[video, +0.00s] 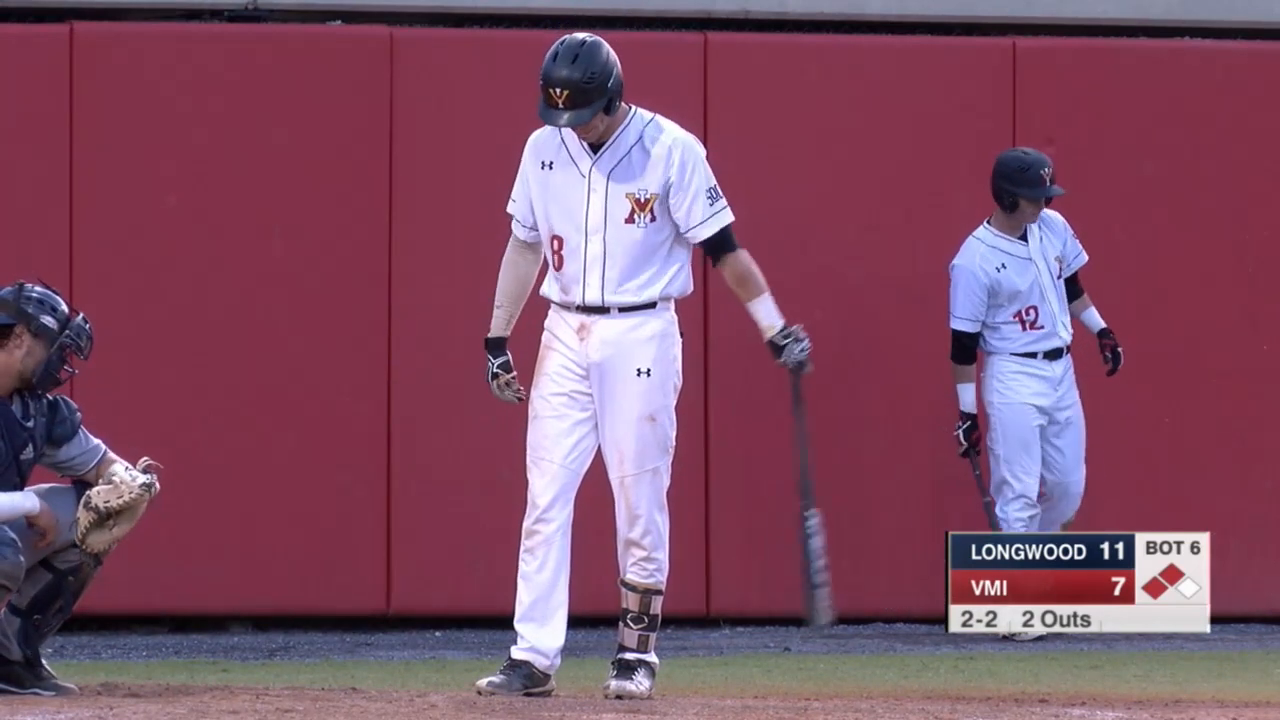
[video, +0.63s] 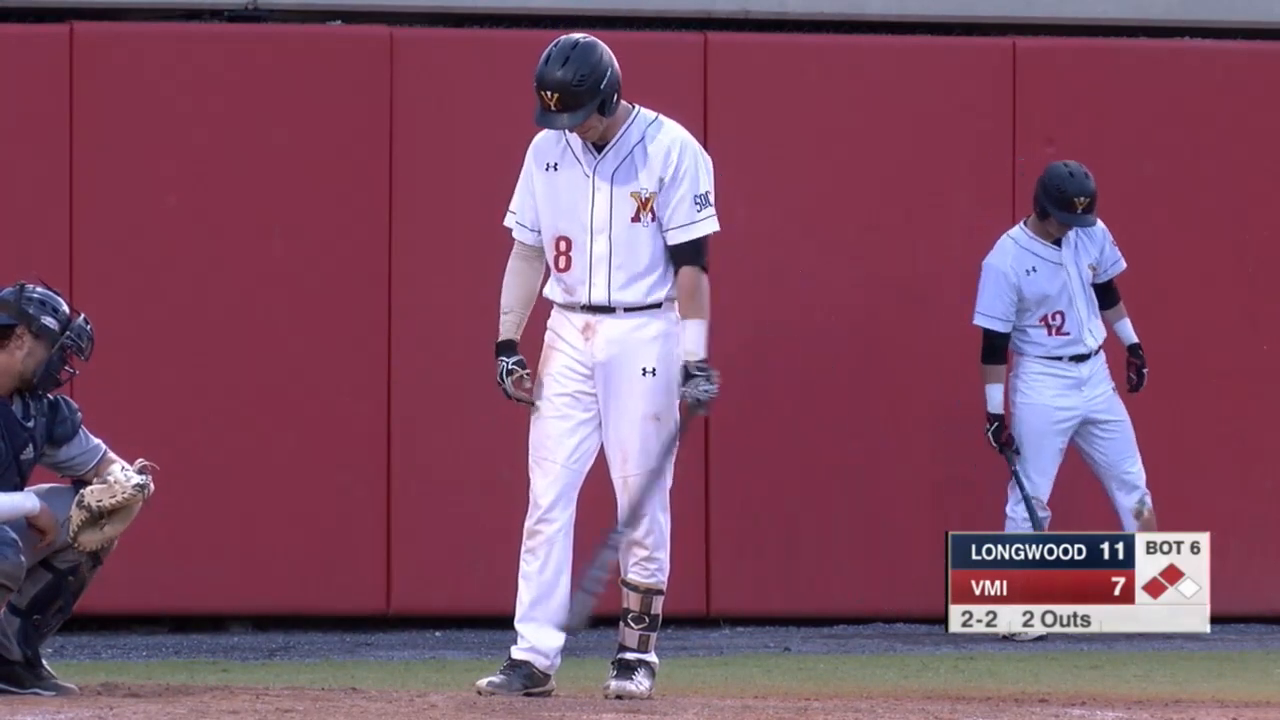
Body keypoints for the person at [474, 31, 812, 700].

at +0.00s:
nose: (573, 127)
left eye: (582, 115)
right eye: (563, 115)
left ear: (614, 98)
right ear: (553, 101)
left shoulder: (672, 149)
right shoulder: (544, 146)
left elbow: (724, 249)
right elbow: (524, 246)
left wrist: (777, 329)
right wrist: (497, 337)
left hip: (640, 341)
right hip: (563, 339)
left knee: (638, 490)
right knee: (546, 496)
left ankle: (635, 652)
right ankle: (533, 656)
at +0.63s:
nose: (569, 128)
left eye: (576, 117)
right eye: (562, 118)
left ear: (608, 98)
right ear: (555, 103)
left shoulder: (672, 148)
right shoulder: (548, 146)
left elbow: (690, 260)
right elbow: (528, 252)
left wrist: (696, 360)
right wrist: (507, 340)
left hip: (646, 340)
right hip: (567, 339)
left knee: (639, 495)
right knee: (547, 497)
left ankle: (635, 653)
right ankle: (534, 655)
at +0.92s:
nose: (571, 131)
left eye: (579, 119)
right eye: (564, 120)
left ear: (613, 101)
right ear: (557, 104)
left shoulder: (673, 147)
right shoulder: (550, 148)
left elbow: (680, 259)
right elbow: (536, 243)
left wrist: (604, 311)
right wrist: (528, 294)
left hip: (643, 343)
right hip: (569, 341)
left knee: (640, 495)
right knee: (548, 500)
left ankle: (636, 653)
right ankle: (533, 657)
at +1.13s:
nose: (573, 134)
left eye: (582, 122)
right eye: (565, 123)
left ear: (614, 102)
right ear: (557, 106)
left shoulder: (671, 145)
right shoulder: (551, 144)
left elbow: (669, 258)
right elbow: (527, 228)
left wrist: (581, 285)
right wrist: (529, 261)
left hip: (644, 336)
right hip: (570, 335)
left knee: (640, 488)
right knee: (549, 494)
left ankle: (635, 652)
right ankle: (534, 656)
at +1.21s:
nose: (572, 134)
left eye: (581, 123)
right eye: (564, 123)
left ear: (613, 103)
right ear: (557, 106)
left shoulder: (671, 144)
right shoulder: (550, 144)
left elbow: (669, 257)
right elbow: (527, 233)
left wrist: (583, 281)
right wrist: (532, 264)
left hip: (644, 336)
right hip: (570, 336)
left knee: (640, 489)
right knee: (549, 495)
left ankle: (635, 652)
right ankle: (534, 656)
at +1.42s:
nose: (573, 136)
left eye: (583, 126)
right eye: (564, 125)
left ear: (615, 106)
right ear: (555, 107)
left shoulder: (670, 145)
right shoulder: (546, 143)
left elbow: (671, 257)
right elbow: (518, 224)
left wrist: (583, 275)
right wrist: (529, 251)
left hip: (644, 336)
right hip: (570, 335)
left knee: (640, 491)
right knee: (548, 495)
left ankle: (635, 653)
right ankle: (533, 656)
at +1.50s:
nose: (572, 136)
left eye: (583, 126)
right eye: (564, 125)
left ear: (615, 107)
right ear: (554, 107)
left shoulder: (669, 146)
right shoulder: (544, 144)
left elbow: (675, 257)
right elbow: (520, 225)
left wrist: (582, 272)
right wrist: (533, 256)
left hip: (644, 336)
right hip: (570, 334)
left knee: (639, 490)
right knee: (548, 494)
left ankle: (635, 653)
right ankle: (533, 657)